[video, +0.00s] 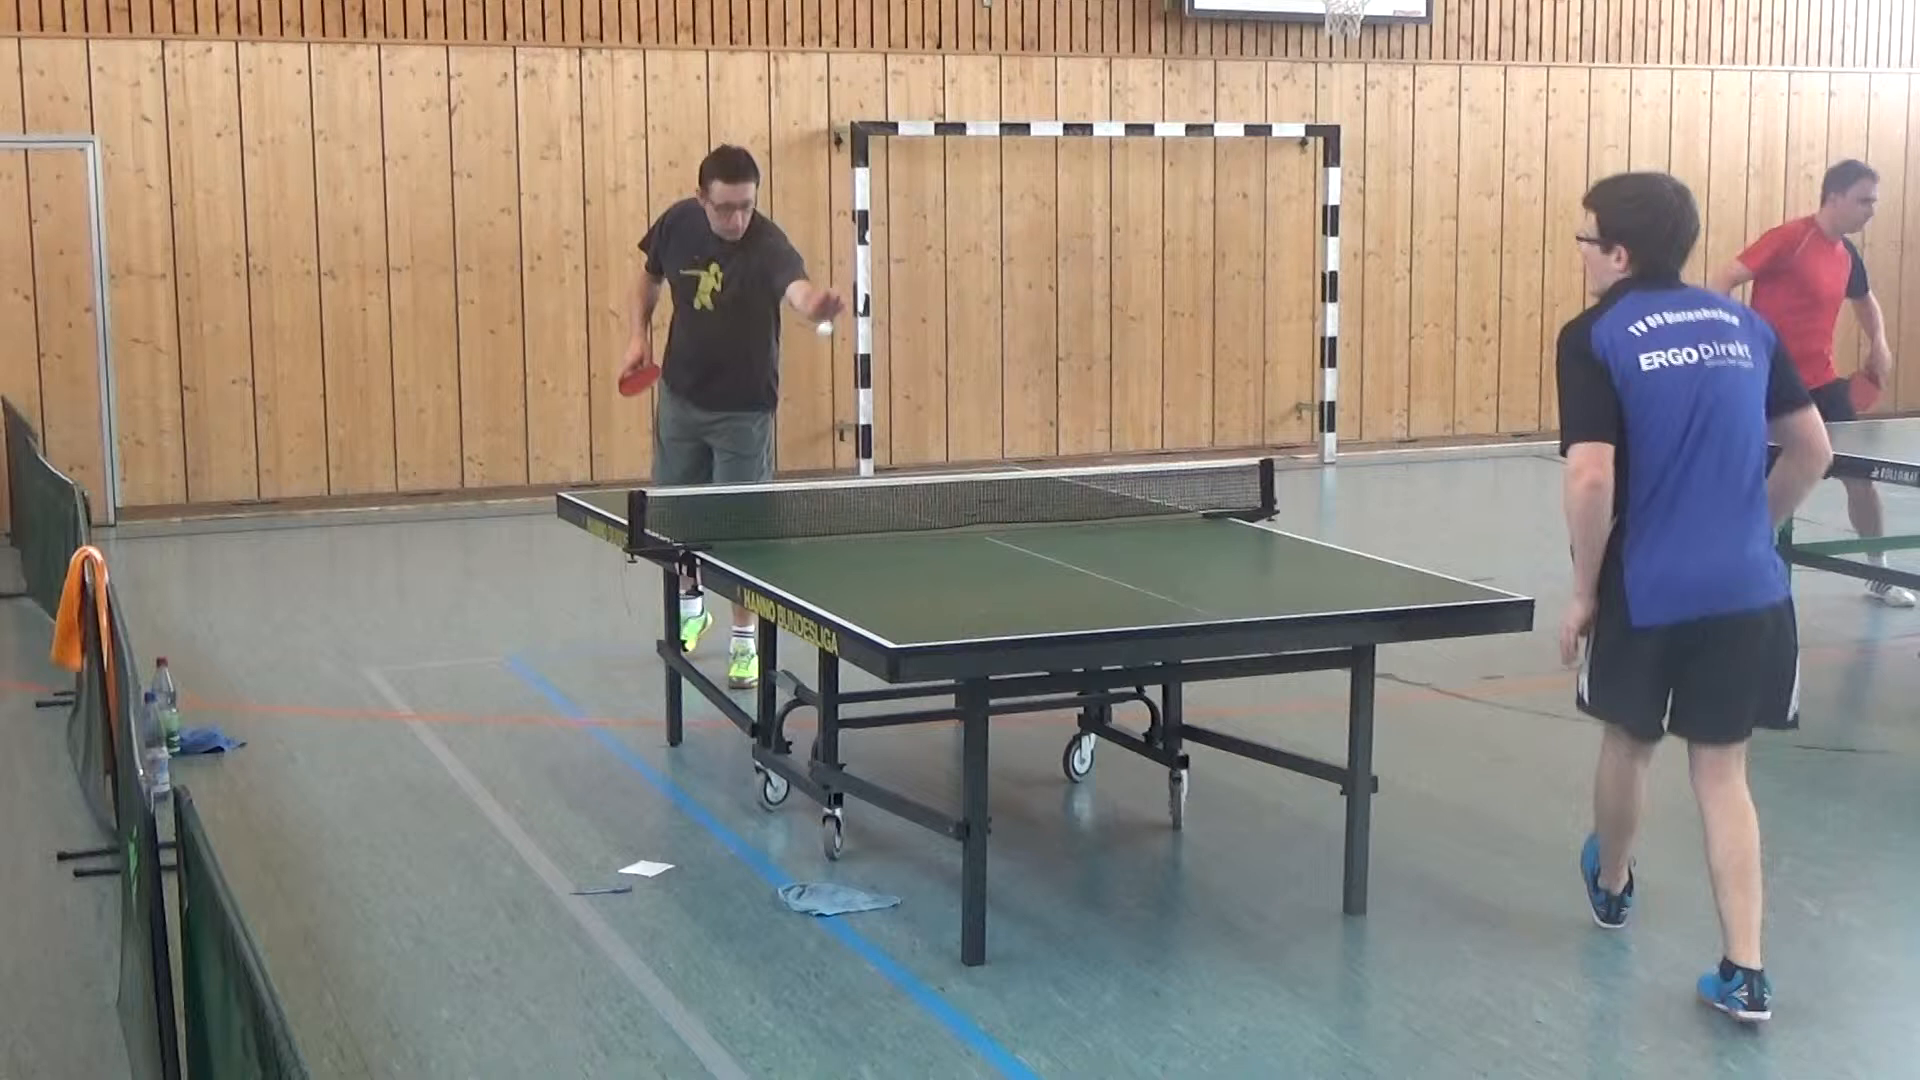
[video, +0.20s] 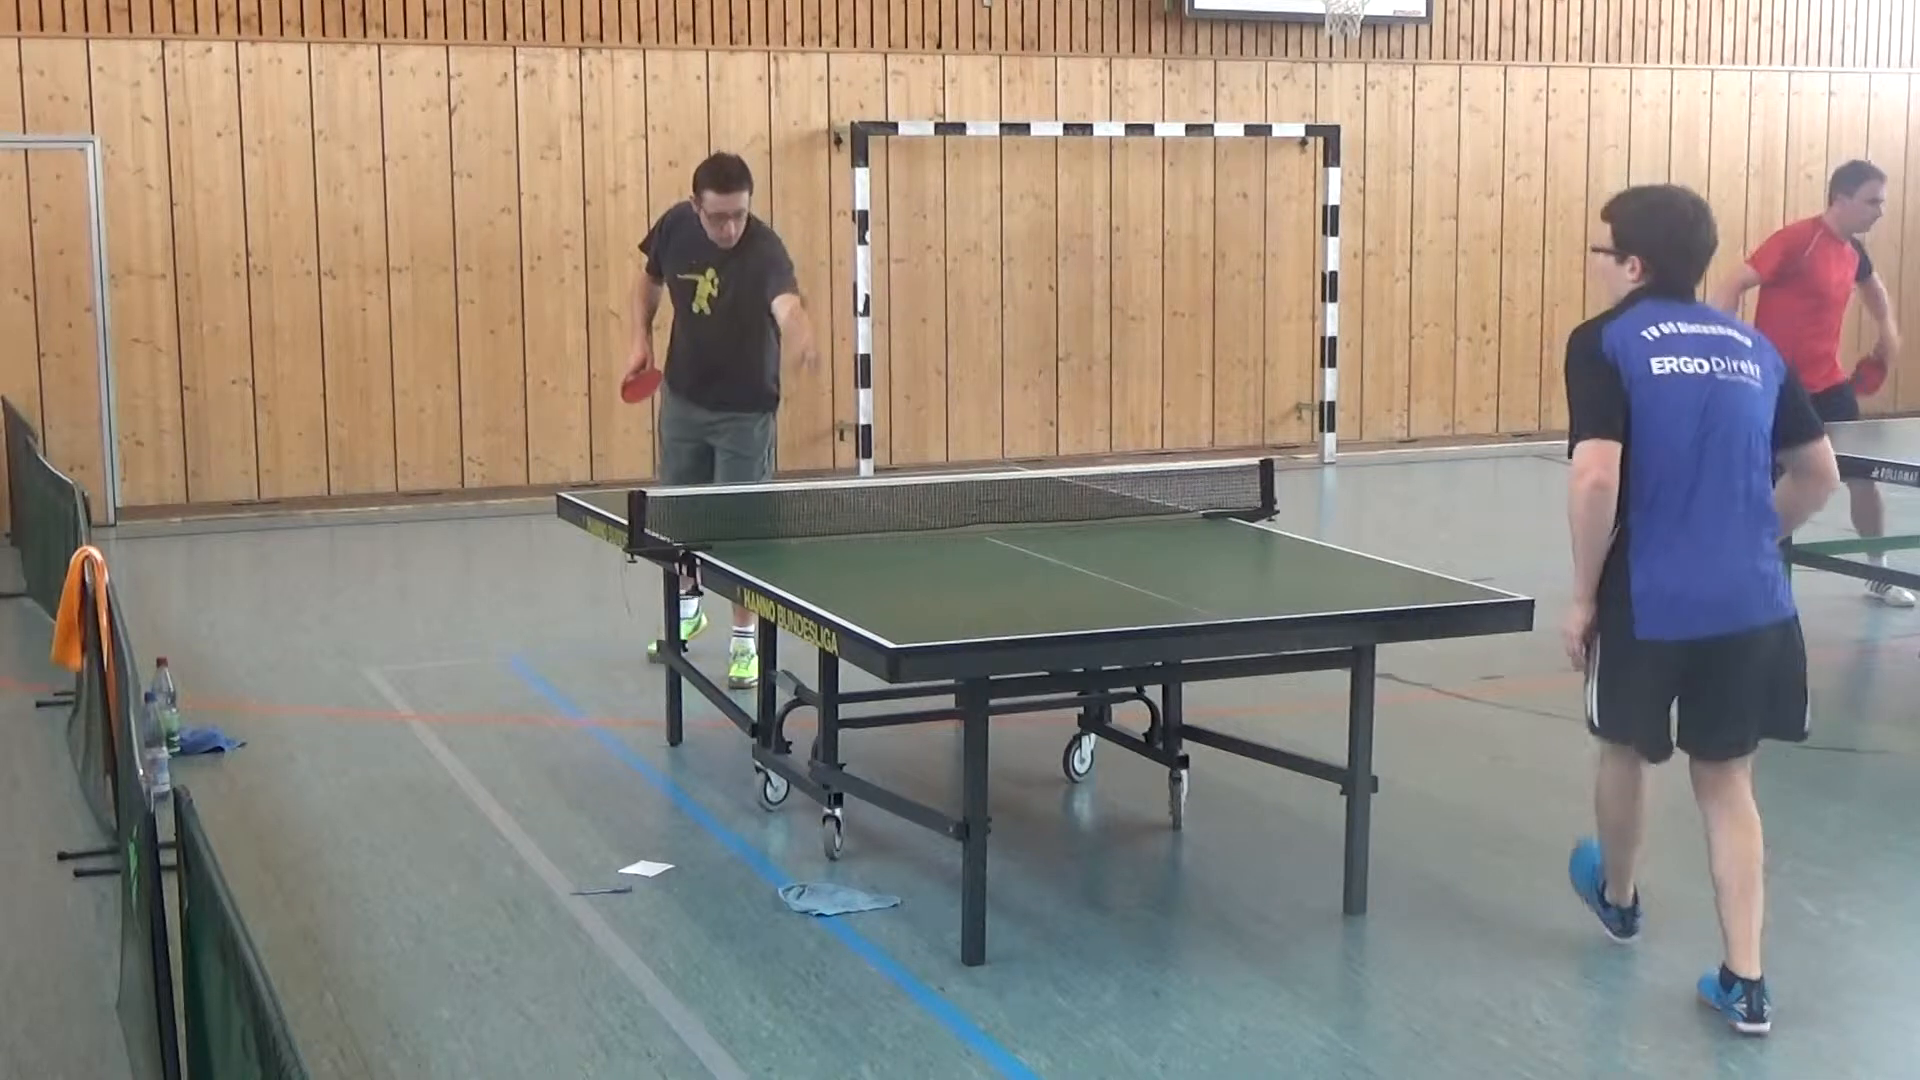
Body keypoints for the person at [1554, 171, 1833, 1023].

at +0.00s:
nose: (1579, 254)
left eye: (1588, 243)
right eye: (1582, 239)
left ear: (1624, 251)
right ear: (1672, 248)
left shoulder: (1591, 337)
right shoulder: (1747, 324)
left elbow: (1592, 475)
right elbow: (1811, 449)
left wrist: (1583, 590)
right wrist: (1754, 524)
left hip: (1646, 591)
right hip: (1747, 588)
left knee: (1627, 742)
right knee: (1724, 769)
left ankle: (1611, 882)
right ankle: (1746, 972)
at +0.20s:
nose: (1599, 265)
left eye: (1607, 253)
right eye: (1602, 251)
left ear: (1639, 263)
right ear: (1693, 265)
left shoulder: (1603, 343)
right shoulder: (1757, 347)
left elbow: (1596, 478)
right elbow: (1818, 475)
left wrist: (1584, 596)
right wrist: (1749, 527)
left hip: (1649, 606)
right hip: (1750, 606)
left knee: (1623, 747)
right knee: (1728, 776)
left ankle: (1617, 894)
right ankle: (1746, 983)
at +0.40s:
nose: (1605, 220)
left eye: (1611, 207)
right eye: (1610, 205)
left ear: (1634, 214)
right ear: (1703, 218)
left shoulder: (1597, 285)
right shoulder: (1756, 311)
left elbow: (1573, 409)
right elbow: (1803, 461)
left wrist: (1548, 534)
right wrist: (1723, 473)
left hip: (1618, 562)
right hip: (1727, 572)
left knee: (1571, 742)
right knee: (1732, 776)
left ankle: (1552, 956)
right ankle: (1758, 996)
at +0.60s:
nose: (1560, 267)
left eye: (1566, 253)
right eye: (1564, 251)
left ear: (1594, 263)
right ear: (1665, 266)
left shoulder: (1554, 351)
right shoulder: (1722, 366)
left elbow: (1524, 494)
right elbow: (1747, 523)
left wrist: (1494, 635)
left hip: (1574, 649)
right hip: (1689, 655)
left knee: (1476, 831)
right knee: (1717, 839)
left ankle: (1402, 1048)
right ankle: (1788, 1042)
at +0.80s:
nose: (1465, 298)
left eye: (1471, 285)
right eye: (1471, 283)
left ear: (1492, 301)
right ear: (1566, 311)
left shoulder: (1445, 386)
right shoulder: (1609, 420)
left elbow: (1386, 546)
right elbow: (1639, 591)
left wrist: (1361, 671)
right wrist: (1542, 554)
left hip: (1455, 695)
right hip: (1567, 703)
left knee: (1347, 880)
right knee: (1591, 837)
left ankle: (1371, 1073)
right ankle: (1740, 1016)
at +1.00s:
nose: (1384, 275)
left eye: (1390, 263)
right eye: (1392, 260)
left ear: (1409, 274)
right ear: (1487, 286)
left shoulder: (1358, 358)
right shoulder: (1540, 390)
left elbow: (1299, 514)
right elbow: (1577, 561)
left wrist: (1281, 640)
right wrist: (1497, 543)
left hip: (1391, 665)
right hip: (1508, 666)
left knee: (1345, 875)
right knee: (1483, 812)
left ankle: (1369, 1070)